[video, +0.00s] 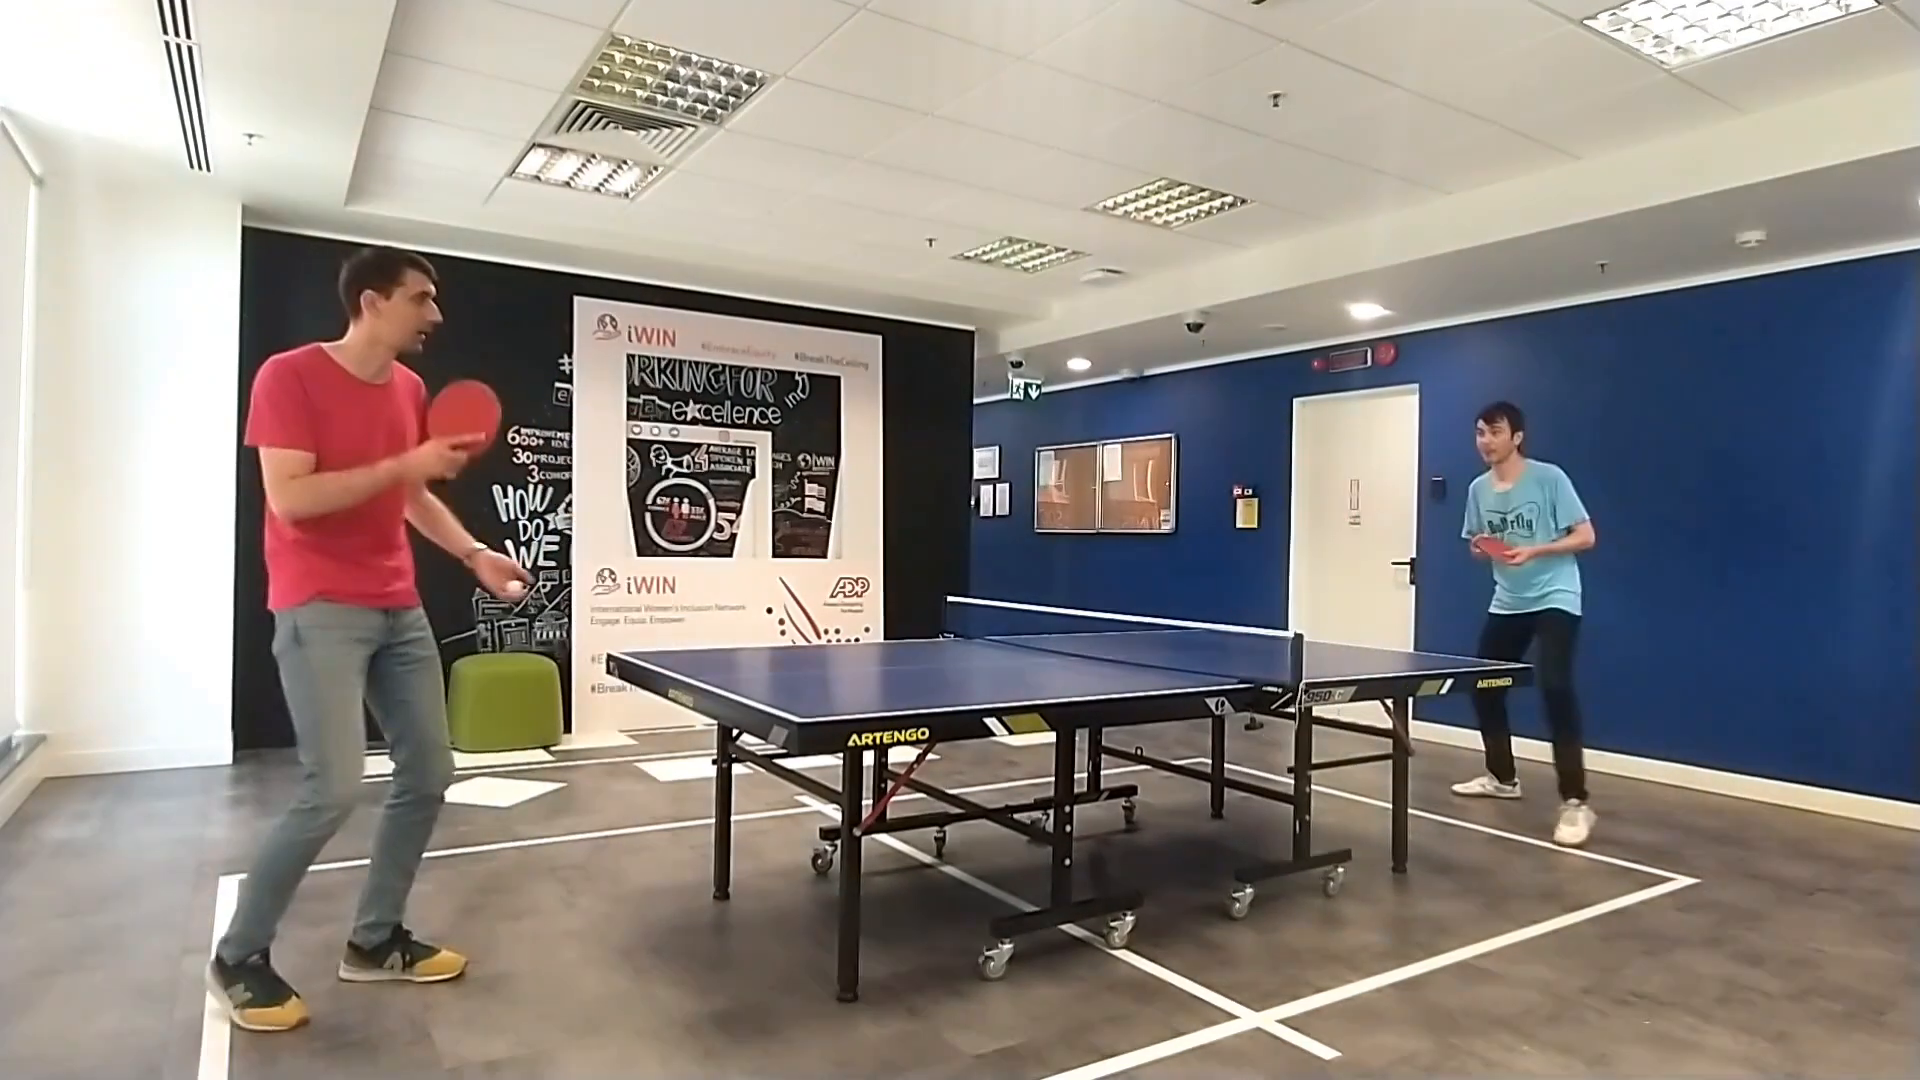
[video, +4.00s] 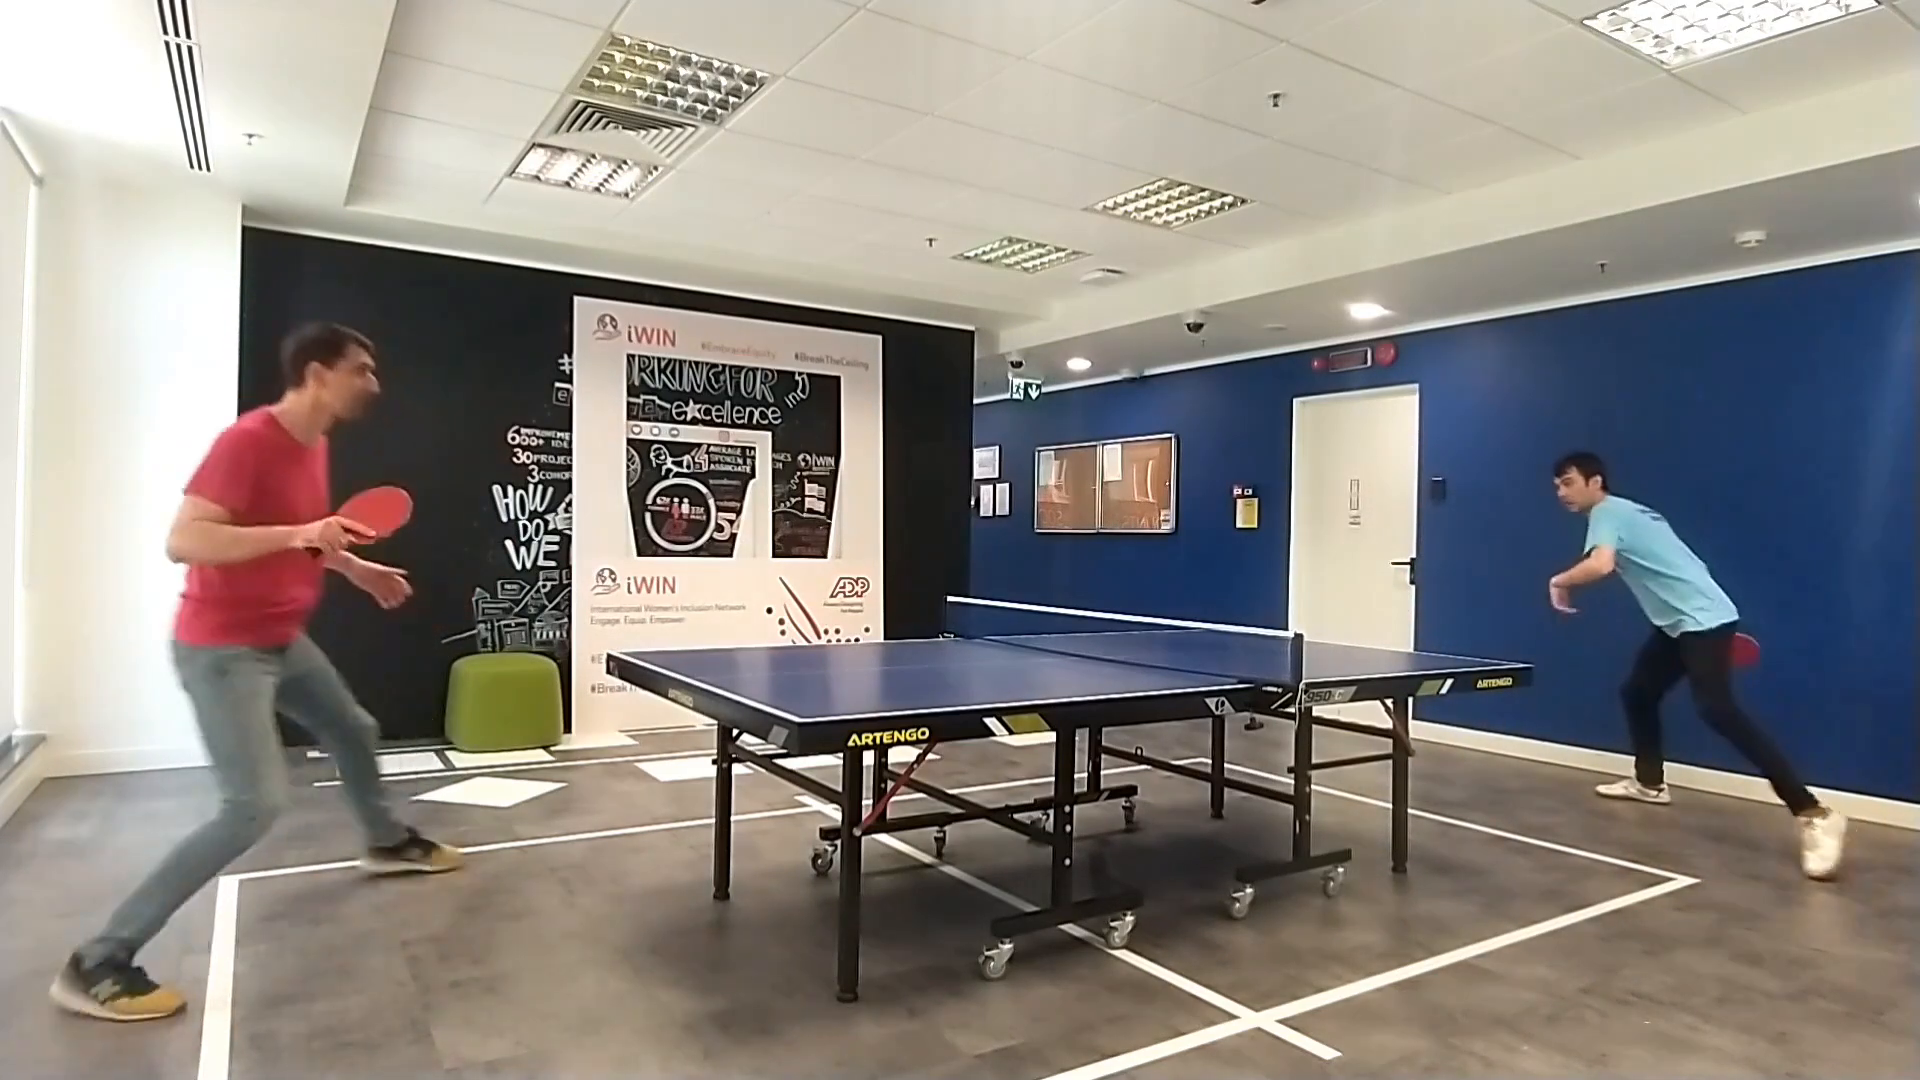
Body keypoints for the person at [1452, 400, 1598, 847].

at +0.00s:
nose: (1485, 440)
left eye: (1494, 432)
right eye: (1480, 433)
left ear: (1516, 436)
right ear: (1477, 439)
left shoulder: (1549, 477)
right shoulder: (1479, 488)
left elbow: (1586, 536)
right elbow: (1476, 549)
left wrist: (1534, 551)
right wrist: (1485, 548)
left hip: (1555, 599)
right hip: (1507, 602)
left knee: (1553, 684)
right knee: (1484, 686)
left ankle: (1574, 803)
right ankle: (1503, 778)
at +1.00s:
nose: (1529, 445)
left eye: (1539, 437)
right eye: (1523, 437)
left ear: (1560, 444)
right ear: (1517, 443)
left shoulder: (1588, 497)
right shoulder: (1503, 492)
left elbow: (1605, 562)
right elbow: (1474, 538)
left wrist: (1553, 584)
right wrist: (1474, 548)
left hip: (1571, 620)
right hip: (1510, 616)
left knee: (1597, 710)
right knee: (1466, 690)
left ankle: (1633, 820)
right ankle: (1454, 782)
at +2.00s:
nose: (1473, 481)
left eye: (1481, 473)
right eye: (1470, 474)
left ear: (1510, 476)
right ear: (1473, 482)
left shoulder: (1552, 517)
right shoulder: (1473, 532)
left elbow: (1592, 572)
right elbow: (1447, 579)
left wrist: (1551, 596)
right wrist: (1445, 599)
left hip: (1569, 648)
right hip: (1507, 645)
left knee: (1622, 730)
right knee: (1433, 700)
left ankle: (1698, 825)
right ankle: (1404, 780)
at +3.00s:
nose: (1765, 451)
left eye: (1775, 440)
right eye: (1764, 442)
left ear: (1811, 444)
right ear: (1766, 447)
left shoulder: (1843, 510)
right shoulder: (1763, 478)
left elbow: (1862, 590)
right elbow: (1719, 482)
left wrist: (1794, 576)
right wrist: (1716, 502)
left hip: (1800, 642)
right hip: (1742, 625)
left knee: (1801, 741)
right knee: (1700, 700)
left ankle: (1871, 854)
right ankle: (1719, 777)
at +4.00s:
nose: (1560, 492)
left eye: (1567, 482)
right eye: (1558, 485)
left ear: (1595, 482)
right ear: (1595, 487)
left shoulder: (1607, 512)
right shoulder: (1631, 511)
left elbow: (1602, 564)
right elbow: (1678, 565)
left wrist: (1560, 580)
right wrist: (1720, 623)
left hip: (1703, 621)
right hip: (1679, 624)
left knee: (1718, 710)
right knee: (1639, 694)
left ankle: (1814, 815)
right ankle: (1649, 782)